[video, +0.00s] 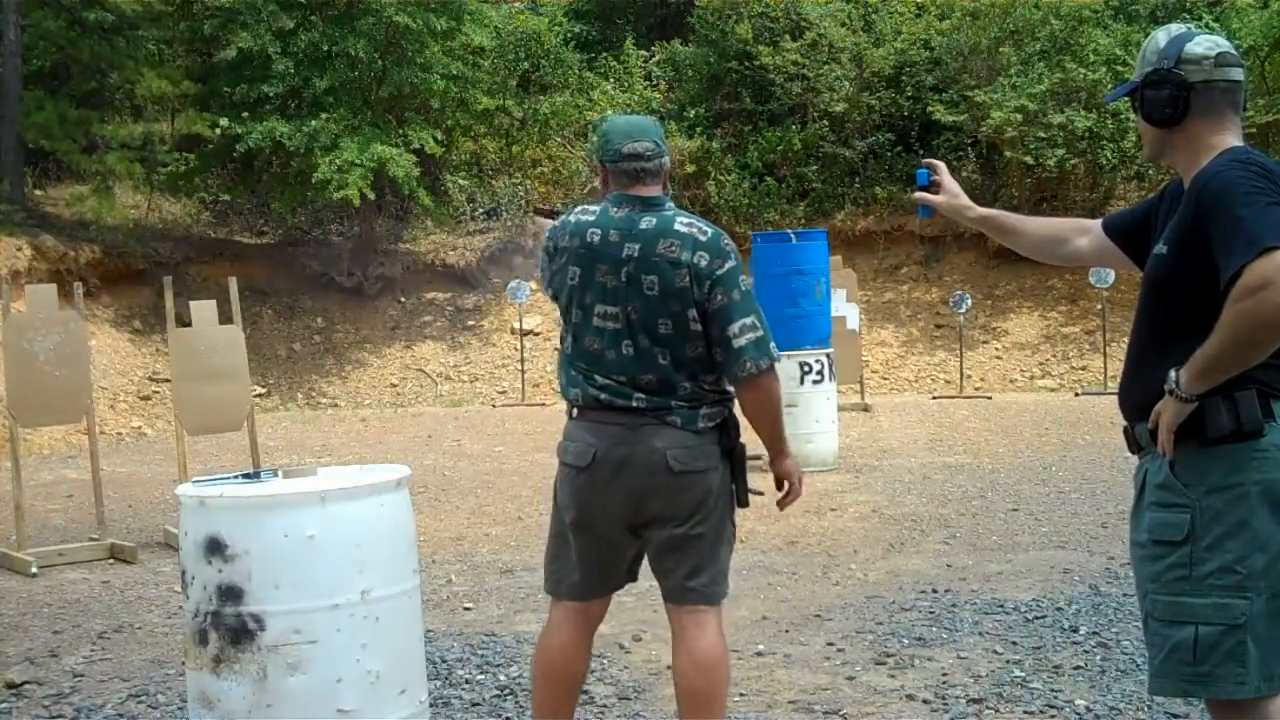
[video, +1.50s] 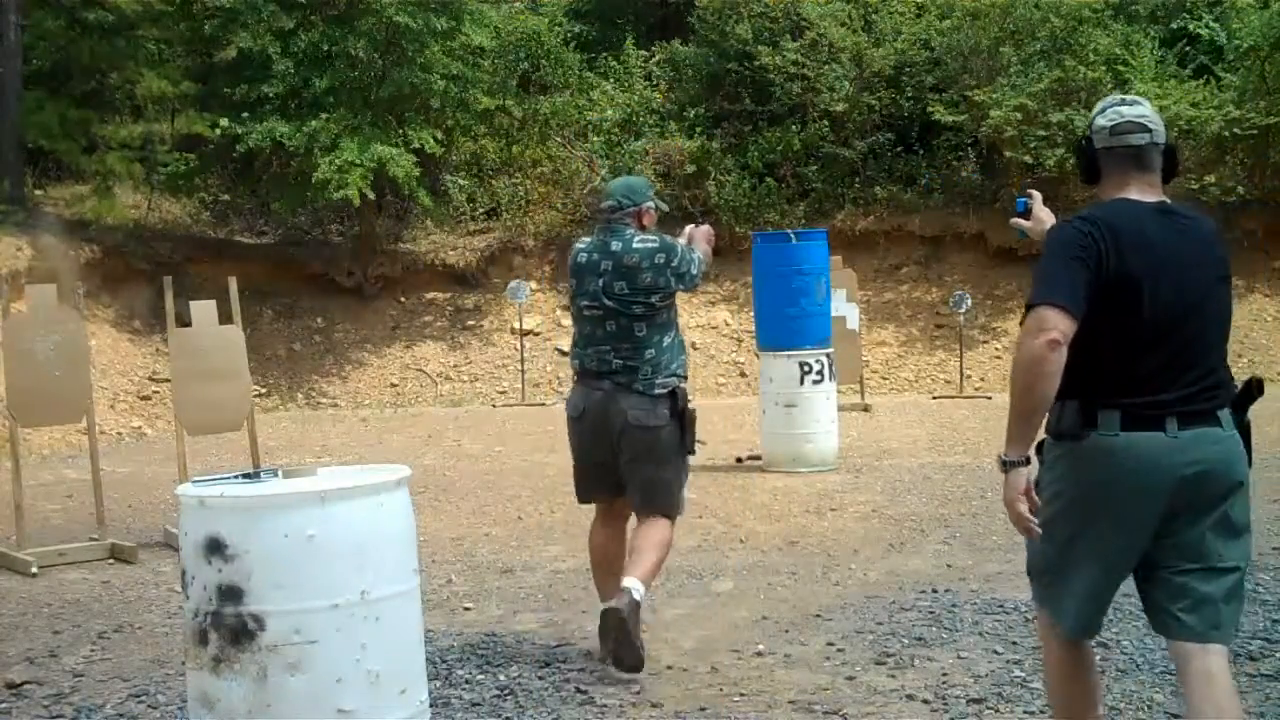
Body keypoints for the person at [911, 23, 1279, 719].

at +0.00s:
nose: (1137, 117)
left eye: (1142, 102)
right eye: (1138, 102)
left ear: (1169, 103)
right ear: (1218, 102)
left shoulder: (1234, 181)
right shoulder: (1186, 195)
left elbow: (1270, 288)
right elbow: (1082, 239)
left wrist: (1184, 388)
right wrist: (970, 213)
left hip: (1221, 462)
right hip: (1210, 456)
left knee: (1238, 693)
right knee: (1242, 686)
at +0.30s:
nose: (1139, 122)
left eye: (1141, 104)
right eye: (1139, 105)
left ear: (1163, 104)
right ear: (1228, 101)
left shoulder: (1230, 181)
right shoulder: (1195, 193)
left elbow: (1264, 288)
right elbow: (1090, 241)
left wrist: (1183, 387)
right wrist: (977, 214)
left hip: (1220, 465)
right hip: (1221, 457)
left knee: (1239, 693)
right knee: (1244, 686)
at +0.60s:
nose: (1134, 128)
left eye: (1133, 112)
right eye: (1133, 113)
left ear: (1148, 110)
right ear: (1224, 103)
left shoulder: (1201, 184)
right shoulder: (1250, 180)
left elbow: (1220, 290)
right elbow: (1112, 242)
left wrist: (1155, 392)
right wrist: (1001, 215)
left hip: (1221, 453)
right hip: (1257, 442)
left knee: (1231, 695)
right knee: (1251, 687)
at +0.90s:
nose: (1136, 140)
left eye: (1138, 125)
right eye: (1138, 127)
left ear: (1148, 122)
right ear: (1226, 122)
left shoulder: (1178, 198)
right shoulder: (1261, 205)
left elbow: (1173, 297)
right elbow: (1137, 244)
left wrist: (1108, 384)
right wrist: (1033, 216)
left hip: (1188, 449)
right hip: (1265, 445)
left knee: (1184, 684)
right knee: (1219, 671)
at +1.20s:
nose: (1134, 140)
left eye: (1135, 128)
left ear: (1139, 131)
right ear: (1216, 132)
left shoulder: (1142, 207)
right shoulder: (1257, 214)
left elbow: (1110, 317)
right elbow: (1170, 250)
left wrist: (1038, 433)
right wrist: (1062, 220)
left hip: (1161, 449)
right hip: (1261, 447)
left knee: (1065, 638)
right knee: (1225, 644)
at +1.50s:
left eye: (1093, 156)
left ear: (1091, 161)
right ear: (1164, 160)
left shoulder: (1083, 233)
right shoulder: (1204, 234)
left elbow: (1051, 335)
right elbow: (1143, 276)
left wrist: (1016, 455)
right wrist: (1058, 235)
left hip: (1106, 456)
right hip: (1211, 449)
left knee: (1063, 623)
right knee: (1205, 647)